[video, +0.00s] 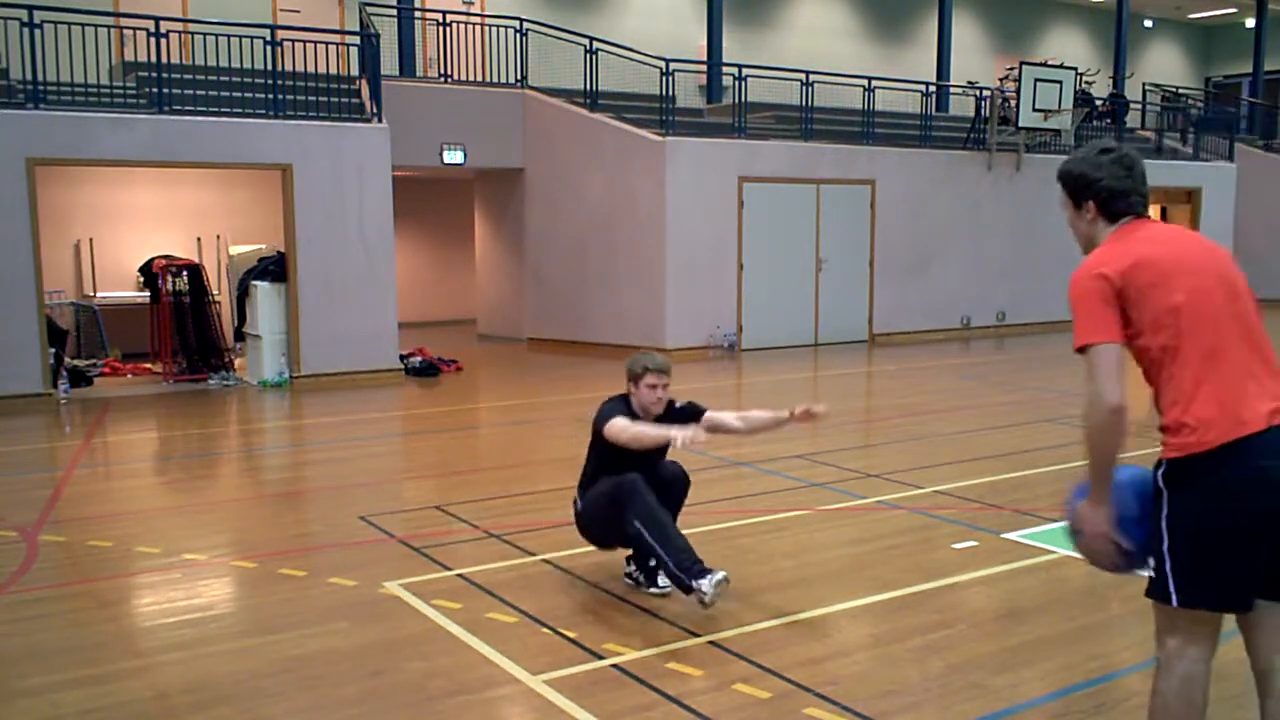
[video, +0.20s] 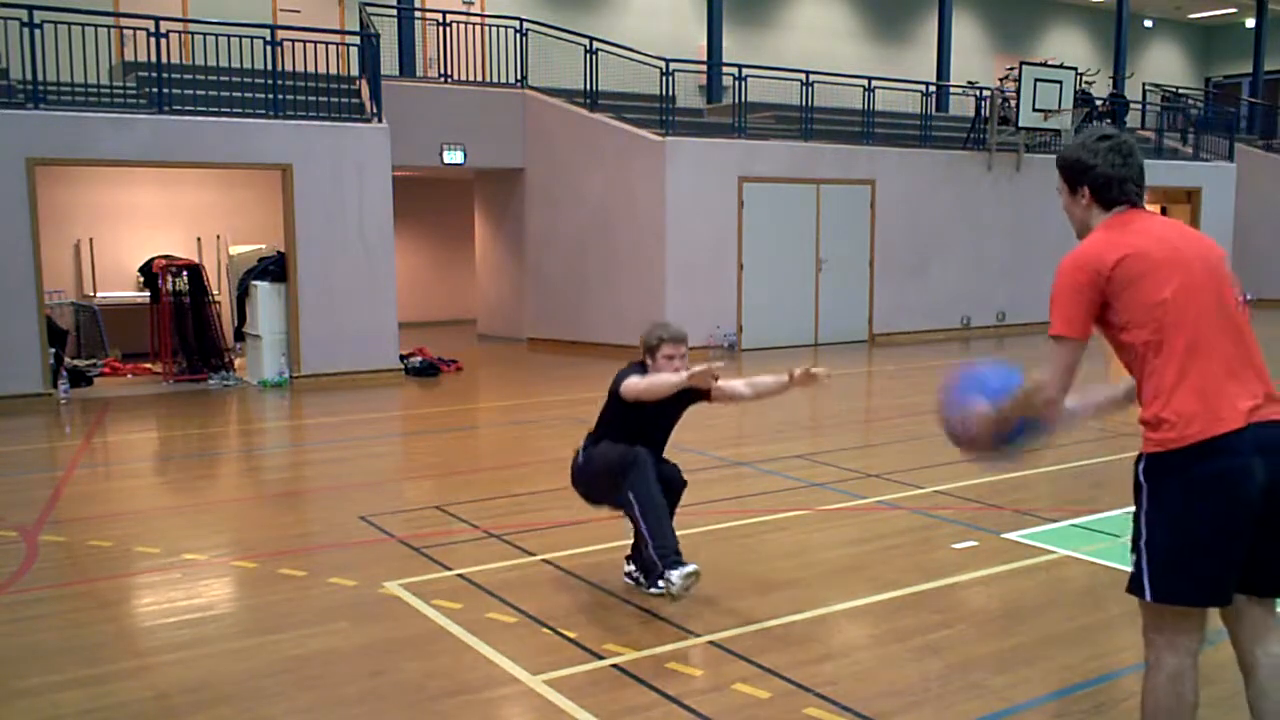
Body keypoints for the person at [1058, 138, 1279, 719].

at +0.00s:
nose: (1068, 223)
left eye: (1067, 209)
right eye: (1066, 209)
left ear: (1089, 207)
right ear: (1139, 200)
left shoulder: (1101, 270)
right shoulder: (1203, 245)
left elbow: (1111, 402)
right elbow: (1232, 369)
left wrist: (1099, 500)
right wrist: (1175, 471)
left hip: (1208, 463)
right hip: (1274, 447)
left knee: (1184, 646)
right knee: (1268, 625)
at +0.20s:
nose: (1063, 206)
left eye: (1063, 192)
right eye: (1063, 193)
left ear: (1081, 193)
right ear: (1134, 187)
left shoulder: (1090, 259)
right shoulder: (1198, 242)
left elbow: (1049, 392)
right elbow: (1168, 369)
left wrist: (995, 422)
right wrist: (1073, 409)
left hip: (1187, 460)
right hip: (1263, 445)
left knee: (1173, 645)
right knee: (1258, 624)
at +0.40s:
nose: (1068, 183)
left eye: (1068, 169)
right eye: (1069, 170)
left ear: (1084, 170)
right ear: (1138, 164)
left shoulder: (1092, 241)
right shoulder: (1194, 229)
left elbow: (1035, 359)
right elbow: (1146, 342)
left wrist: (969, 353)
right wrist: (1050, 336)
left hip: (1169, 458)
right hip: (1248, 447)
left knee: (1160, 643)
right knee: (1241, 622)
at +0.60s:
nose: (1078, 171)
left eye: (1079, 158)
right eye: (1077, 158)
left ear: (1098, 160)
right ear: (1150, 158)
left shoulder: (1103, 235)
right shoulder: (1206, 226)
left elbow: (1072, 365)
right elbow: (1202, 348)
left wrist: (1007, 406)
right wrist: (1098, 371)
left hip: (1161, 459)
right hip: (1239, 452)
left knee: (1150, 635)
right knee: (1221, 614)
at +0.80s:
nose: (1096, 165)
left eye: (1098, 151)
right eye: (1097, 152)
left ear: (1119, 155)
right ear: (1169, 153)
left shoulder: (1124, 231)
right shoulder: (1225, 224)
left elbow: (1134, 361)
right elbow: (1240, 332)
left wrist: (1085, 458)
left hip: (1166, 463)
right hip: (1242, 455)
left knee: (1147, 631)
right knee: (1223, 616)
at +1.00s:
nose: (1136, 156)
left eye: (1138, 143)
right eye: (1136, 143)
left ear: (1160, 149)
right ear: (1212, 150)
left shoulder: (1159, 226)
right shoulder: (1262, 224)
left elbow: (1162, 359)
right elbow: (1266, 338)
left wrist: (1124, 470)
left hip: (1189, 463)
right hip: (1264, 457)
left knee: (1158, 636)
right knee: (1246, 615)